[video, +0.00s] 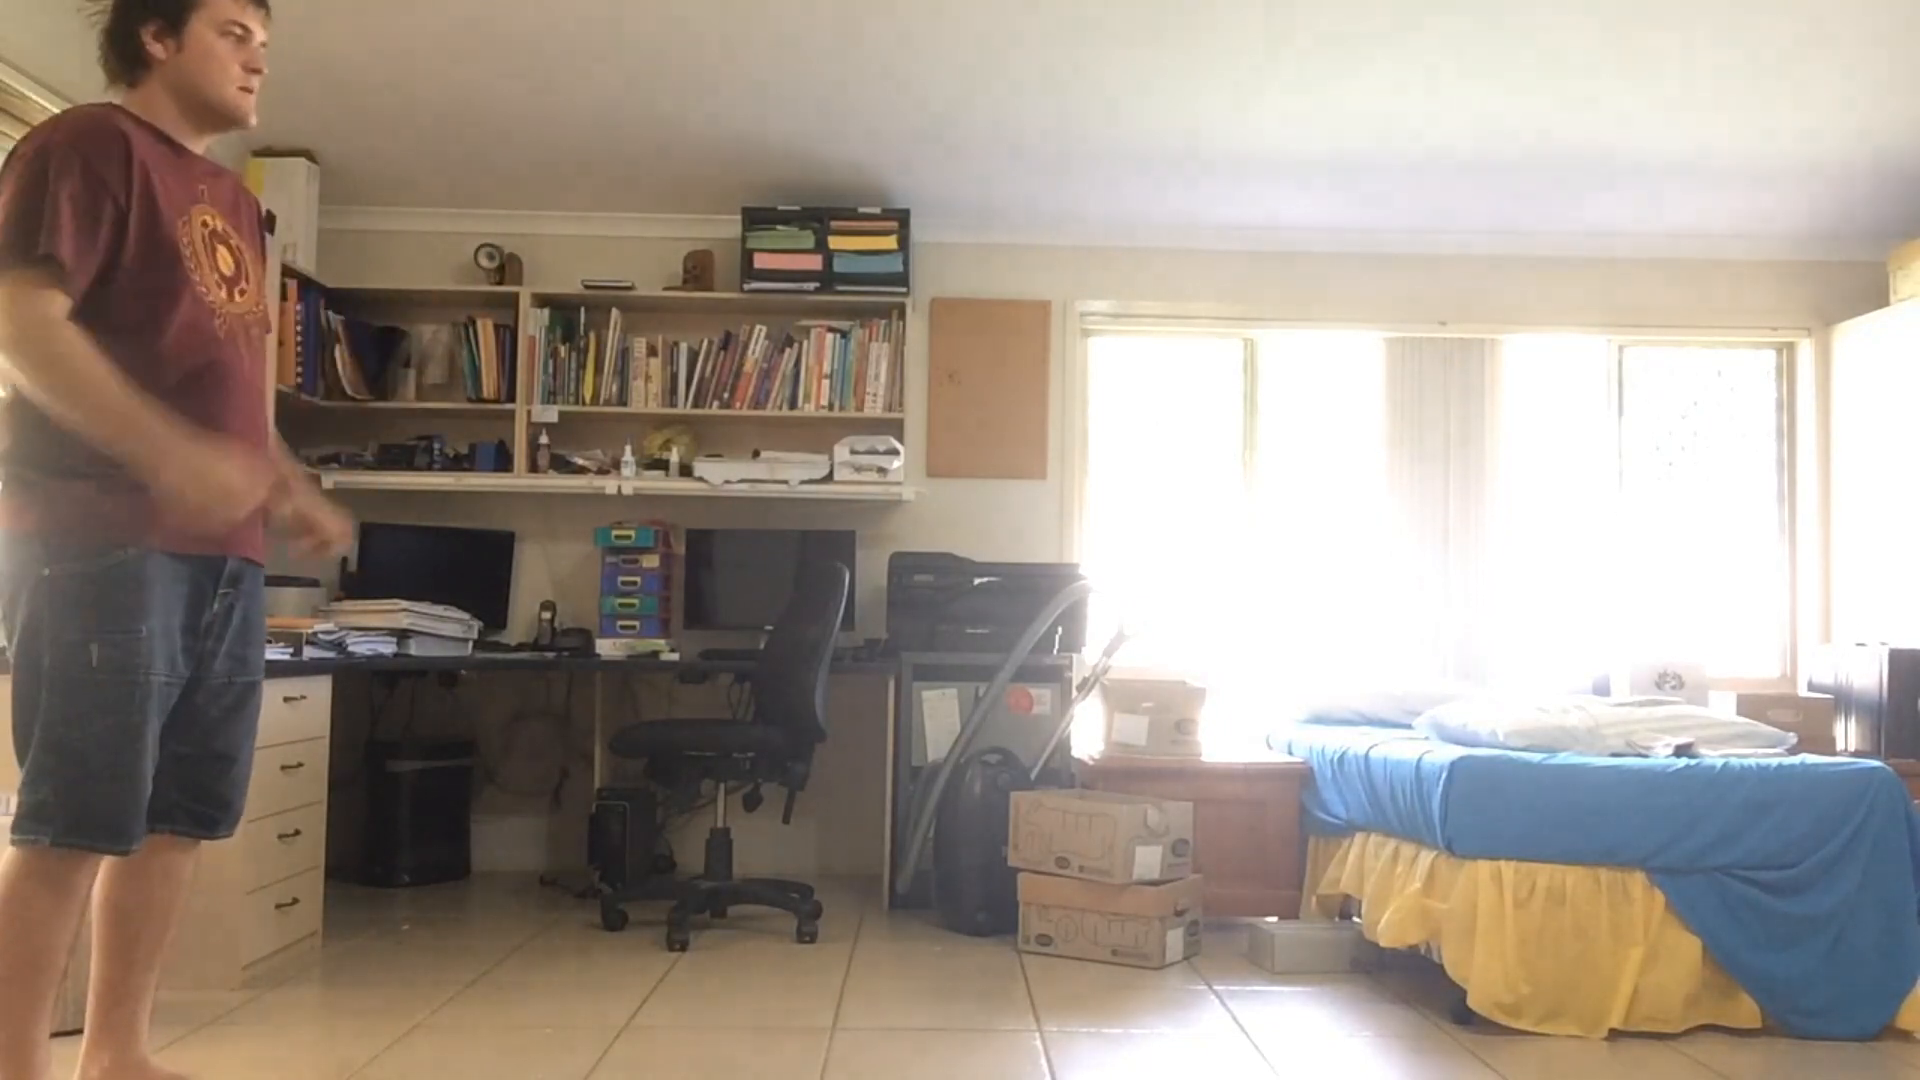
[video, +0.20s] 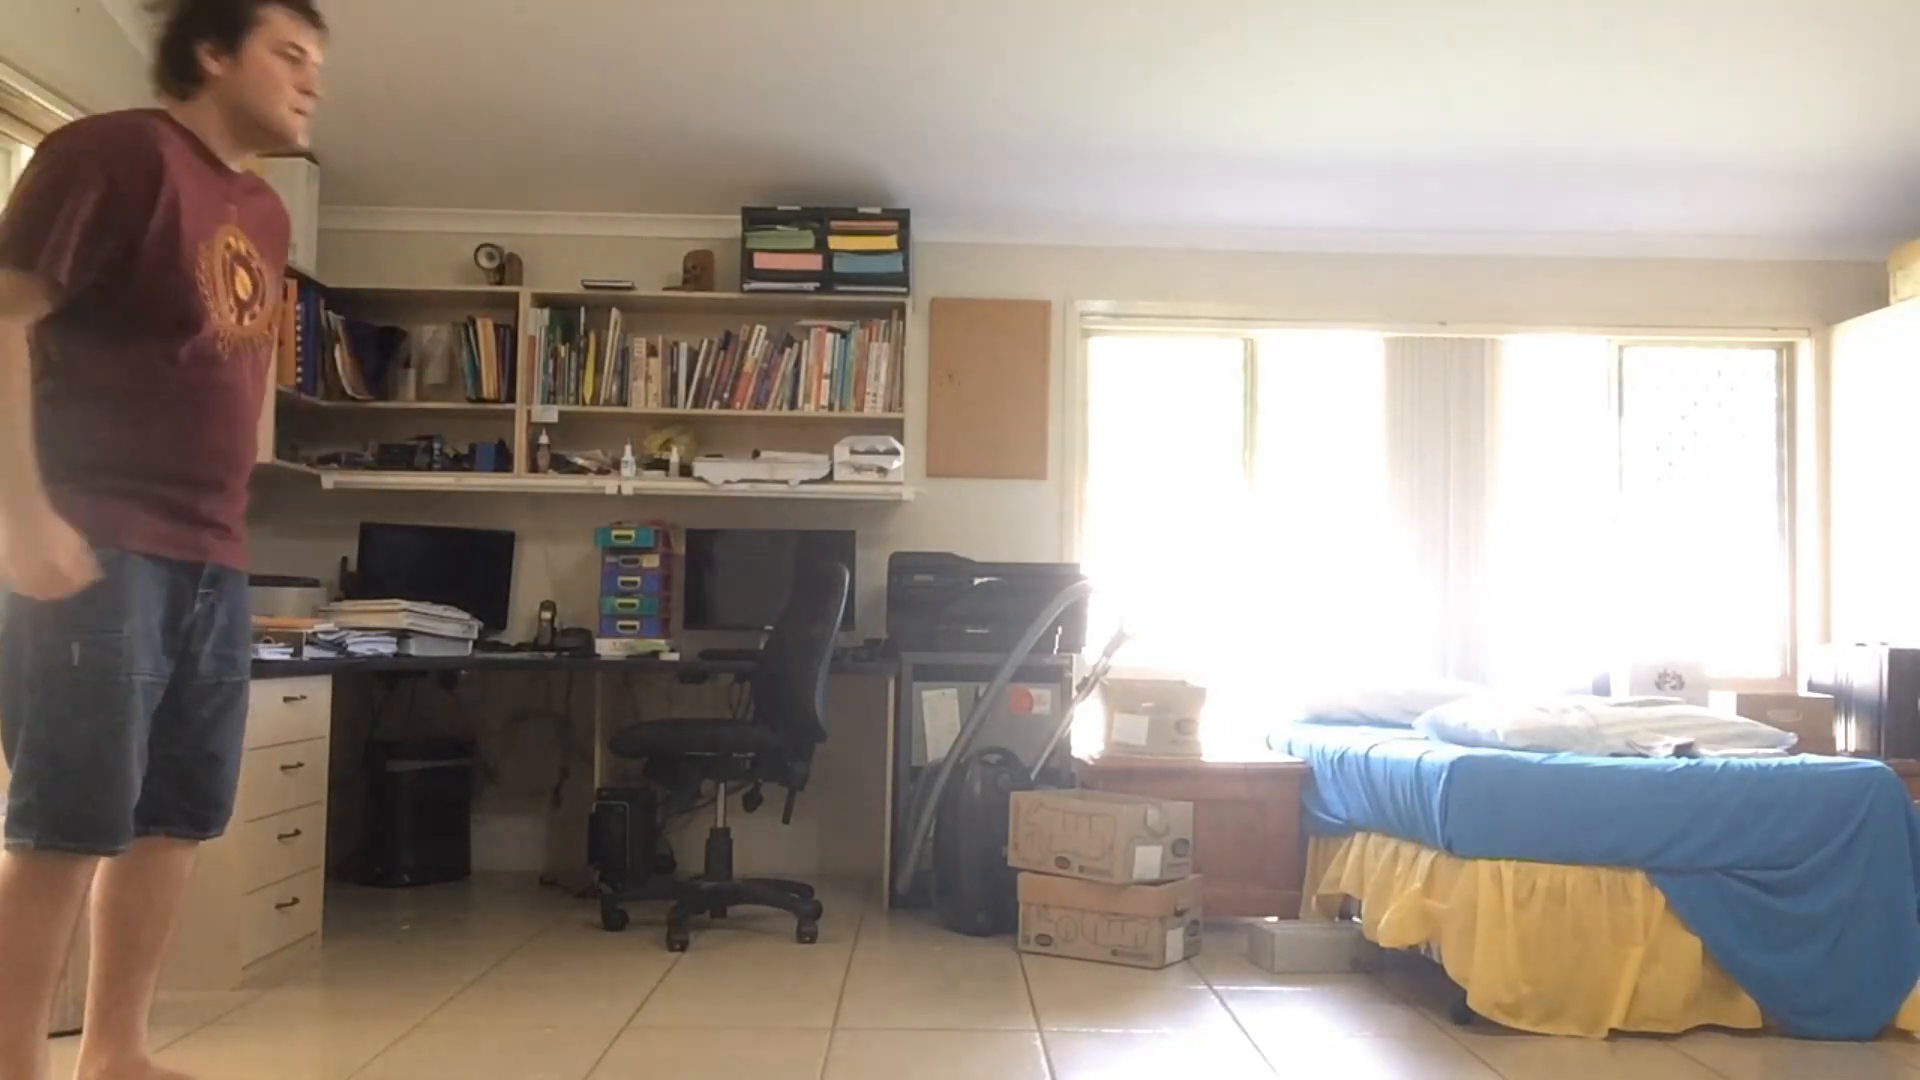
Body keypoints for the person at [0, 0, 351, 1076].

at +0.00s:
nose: (259, 56)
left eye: (262, 40)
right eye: (236, 32)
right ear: (158, 40)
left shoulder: (239, 200)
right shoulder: (81, 142)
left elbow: (234, 393)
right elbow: (24, 325)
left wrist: (292, 489)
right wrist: (170, 451)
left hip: (224, 549)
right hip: (99, 543)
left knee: (174, 819)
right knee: (70, 826)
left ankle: (117, 1054)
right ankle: (20, 1062)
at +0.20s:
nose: (314, 82)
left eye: (317, 64)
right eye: (292, 54)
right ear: (213, 56)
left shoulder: (269, 212)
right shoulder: (110, 151)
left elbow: (256, 377)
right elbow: (7, 319)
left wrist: (237, 511)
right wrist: (22, 512)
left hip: (213, 557)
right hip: (88, 543)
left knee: (171, 817)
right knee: (63, 823)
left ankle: (116, 1053)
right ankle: (18, 1060)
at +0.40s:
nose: (421, 193)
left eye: (426, 176)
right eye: (404, 164)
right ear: (324, 156)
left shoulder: (332, 293)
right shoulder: (189, 218)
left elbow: (243, 420)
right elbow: (11, 300)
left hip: (182, 560)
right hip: (57, 545)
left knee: (180, 814)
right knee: (67, 820)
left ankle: (115, 1056)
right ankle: (17, 1061)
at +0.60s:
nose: (490, 400)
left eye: (498, 384)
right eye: (479, 373)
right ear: (404, 350)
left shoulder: (378, 438)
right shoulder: (250, 379)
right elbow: (32, 386)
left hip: (166, 604)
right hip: (47, 583)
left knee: (239, 816)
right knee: (134, 834)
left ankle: (118, 1059)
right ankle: (25, 1065)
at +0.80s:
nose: (553, 497)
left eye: (561, 475)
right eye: (543, 470)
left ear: (474, 461)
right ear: (471, 455)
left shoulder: (428, 526)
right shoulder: (312, 486)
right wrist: (16, 773)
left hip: (206, 675)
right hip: (92, 664)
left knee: (300, 870)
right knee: (229, 881)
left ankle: (119, 1063)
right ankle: (39, 1065)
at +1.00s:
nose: (606, 282)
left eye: (606, 260)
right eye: (590, 257)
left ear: (547, 271)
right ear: (518, 264)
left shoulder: (525, 378)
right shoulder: (438, 340)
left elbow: (528, 507)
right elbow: (386, 508)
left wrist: (653, 489)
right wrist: (566, 535)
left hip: (345, 656)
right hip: (228, 643)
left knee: (372, 898)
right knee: (300, 912)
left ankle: (145, 1042)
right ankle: (53, 1063)